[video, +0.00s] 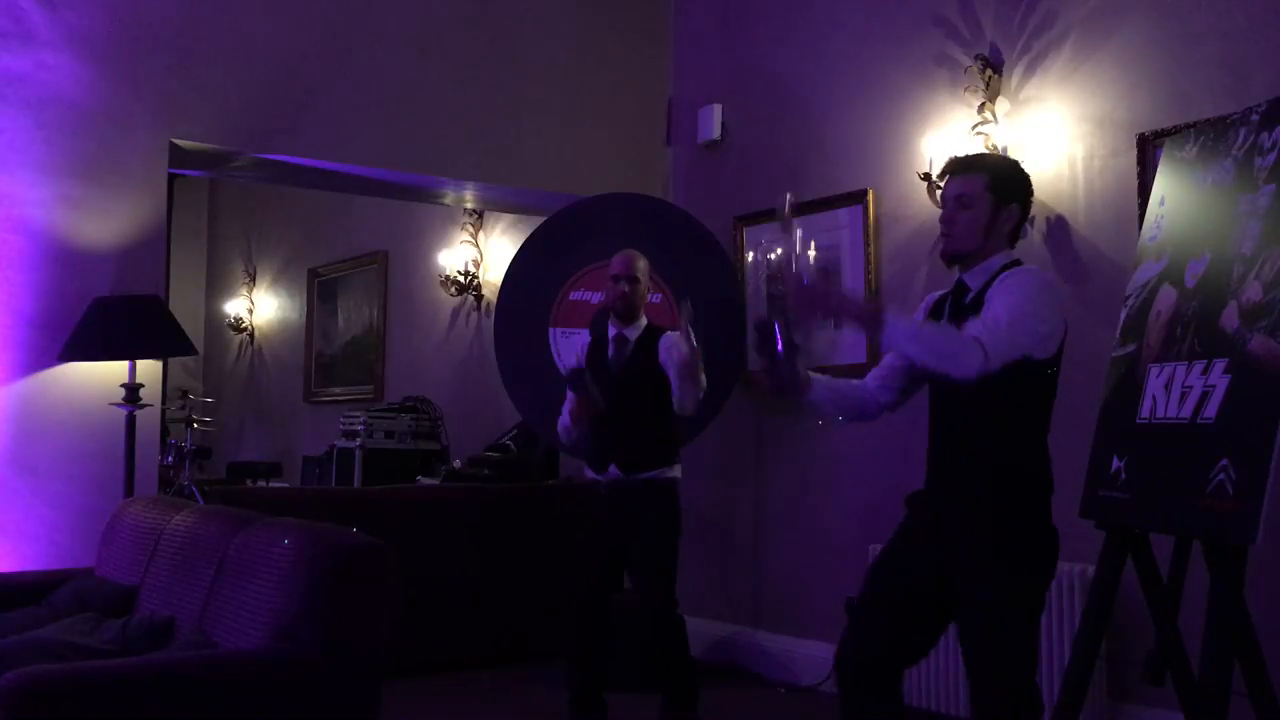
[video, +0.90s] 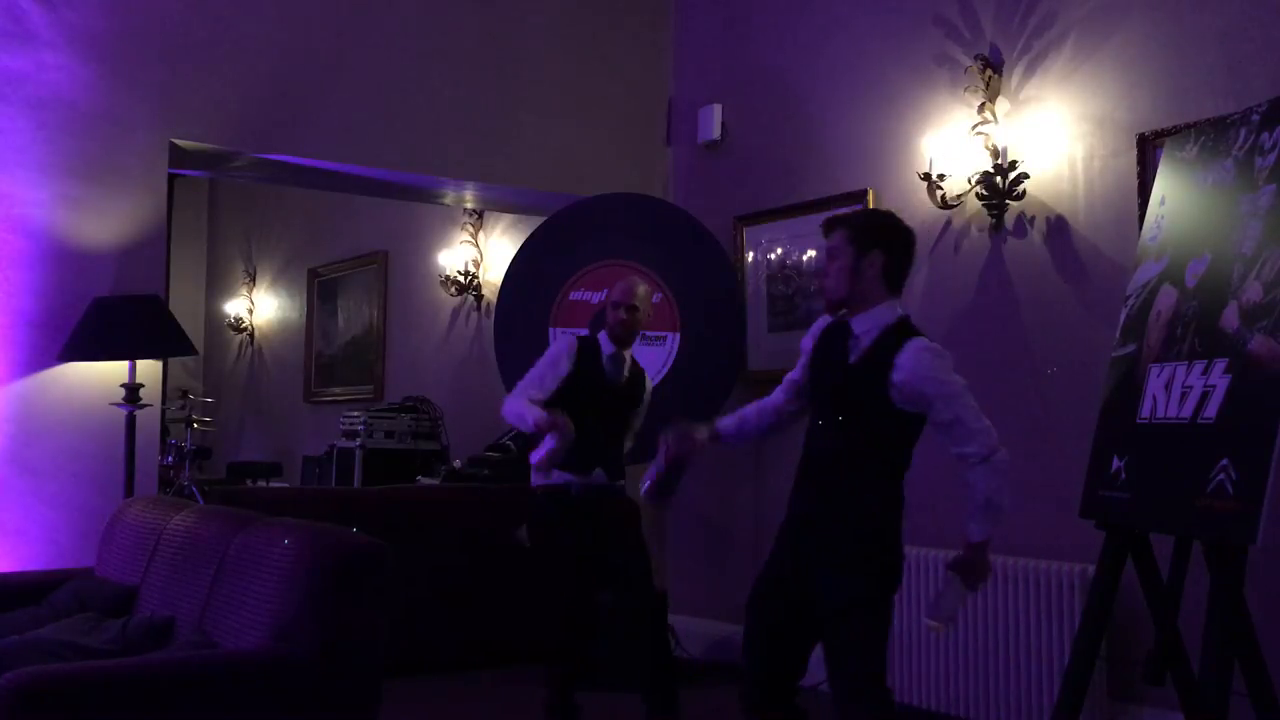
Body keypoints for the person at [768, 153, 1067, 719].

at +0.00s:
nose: (944, 216)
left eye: (961, 204)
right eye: (944, 203)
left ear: (1007, 217)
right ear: (940, 211)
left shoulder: (1032, 292)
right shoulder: (939, 307)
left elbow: (971, 357)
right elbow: (879, 393)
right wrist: (800, 383)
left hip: (1007, 523)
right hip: (941, 516)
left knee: (1001, 693)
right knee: (864, 662)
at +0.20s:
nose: (941, 204)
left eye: (960, 194)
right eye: (943, 193)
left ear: (1003, 212)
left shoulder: (1025, 284)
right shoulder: (924, 296)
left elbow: (1013, 352)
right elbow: (885, 382)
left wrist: (917, 320)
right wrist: (855, 431)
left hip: (984, 509)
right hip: (911, 503)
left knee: (996, 690)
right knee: (838, 679)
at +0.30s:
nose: (931, 204)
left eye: (950, 195)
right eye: (934, 193)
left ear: (993, 215)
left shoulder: (1021, 297)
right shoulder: (897, 295)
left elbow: (1092, 390)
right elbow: (861, 387)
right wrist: (854, 439)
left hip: (969, 517)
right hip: (887, 511)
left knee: (986, 696)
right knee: (822, 680)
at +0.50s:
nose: (909, 228)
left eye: (927, 219)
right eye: (914, 216)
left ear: (971, 234)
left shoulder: (1009, 326)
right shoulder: (877, 291)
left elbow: (1035, 416)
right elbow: (835, 388)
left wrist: (964, 437)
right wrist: (844, 463)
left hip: (943, 521)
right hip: (861, 510)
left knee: (975, 690)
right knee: (813, 681)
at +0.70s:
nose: (869, 260)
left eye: (885, 251)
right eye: (871, 248)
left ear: (928, 267)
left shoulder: (963, 358)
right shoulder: (839, 318)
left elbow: (964, 444)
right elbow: (797, 407)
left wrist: (916, 473)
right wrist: (779, 488)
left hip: (904, 537)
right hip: (823, 527)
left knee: (939, 693)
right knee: (786, 690)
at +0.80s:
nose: (843, 267)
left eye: (856, 257)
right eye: (845, 256)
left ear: (898, 268)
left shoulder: (942, 362)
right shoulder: (824, 328)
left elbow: (980, 457)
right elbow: (784, 410)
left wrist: (947, 525)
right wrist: (736, 476)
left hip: (882, 541)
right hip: (808, 530)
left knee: (898, 694)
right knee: (769, 681)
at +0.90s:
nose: (821, 267)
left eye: (833, 256)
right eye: (825, 256)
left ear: (871, 266)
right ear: (861, 267)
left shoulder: (915, 357)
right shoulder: (825, 336)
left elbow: (983, 449)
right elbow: (780, 405)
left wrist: (978, 542)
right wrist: (708, 434)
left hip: (862, 550)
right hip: (802, 536)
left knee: (857, 691)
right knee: (764, 677)